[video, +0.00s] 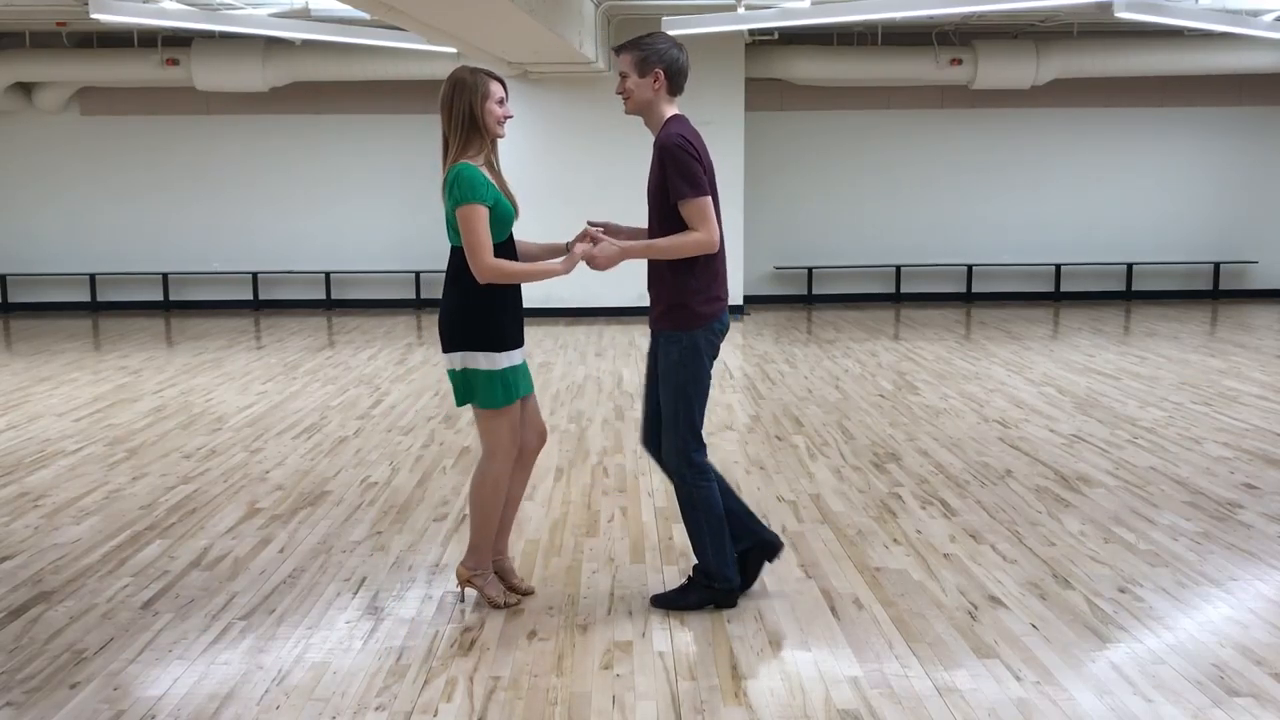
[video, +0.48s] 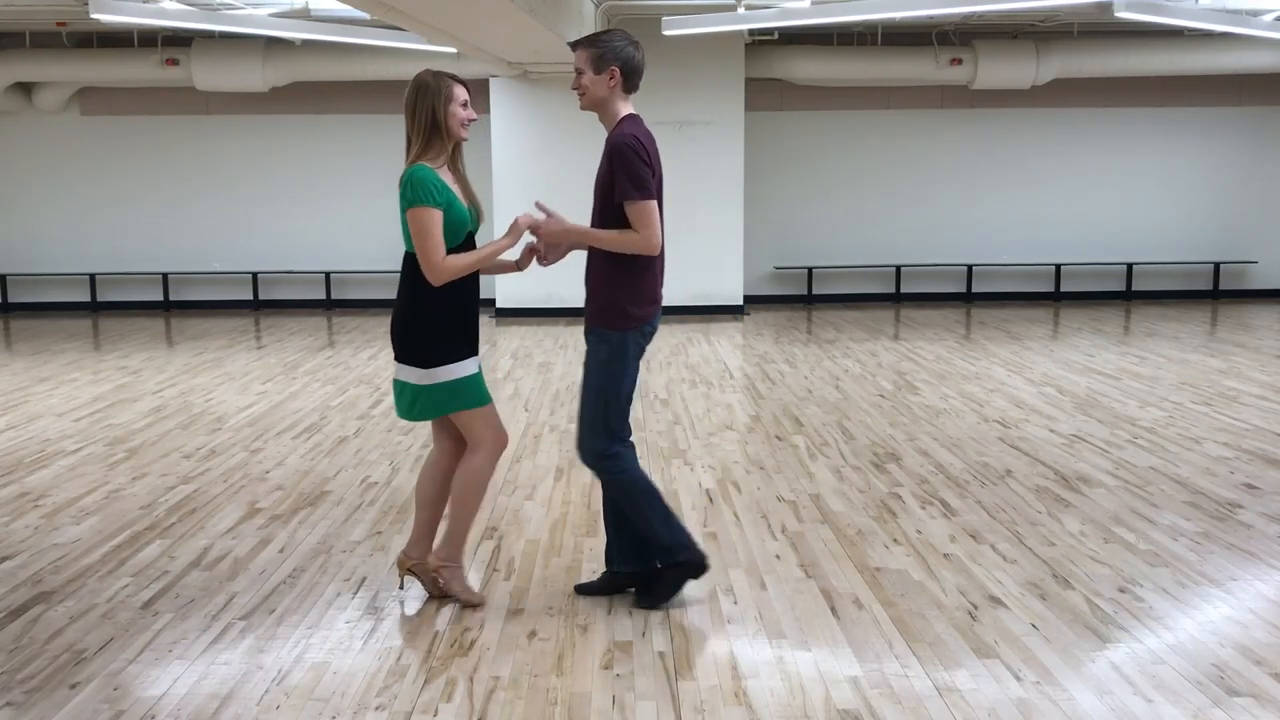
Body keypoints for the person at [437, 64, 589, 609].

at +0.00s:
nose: (507, 111)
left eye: (505, 102)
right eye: (497, 102)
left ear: (489, 109)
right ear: (471, 109)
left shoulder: (484, 172)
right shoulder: (467, 175)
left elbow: (510, 249)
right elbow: (482, 268)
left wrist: (567, 248)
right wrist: (559, 268)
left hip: (499, 327)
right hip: (476, 330)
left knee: (531, 437)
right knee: (500, 447)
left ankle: (497, 553)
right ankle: (475, 563)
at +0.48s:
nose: (471, 113)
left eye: (470, 104)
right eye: (461, 105)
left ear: (454, 112)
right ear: (433, 113)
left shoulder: (447, 175)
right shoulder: (422, 179)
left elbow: (463, 260)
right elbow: (435, 270)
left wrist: (514, 264)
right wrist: (503, 241)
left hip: (443, 332)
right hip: (433, 337)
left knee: (449, 444)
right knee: (489, 439)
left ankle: (418, 552)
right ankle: (448, 559)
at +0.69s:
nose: (455, 113)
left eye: (454, 105)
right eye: (446, 105)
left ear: (437, 113)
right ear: (421, 112)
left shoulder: (430, 173)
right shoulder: (410, 178)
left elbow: (428, 260)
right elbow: (403, 267)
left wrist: (482, 271)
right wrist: (476, 274)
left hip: (441, 329)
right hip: (421, 336)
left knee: (457, 442)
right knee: (438, 453)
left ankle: (419, 554)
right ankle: (369, 561)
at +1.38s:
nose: (461, 111)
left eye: (459, 101)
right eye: (451, 102)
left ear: (436, 110)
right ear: (424, 110)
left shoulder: (434, 172)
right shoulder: (413, 177)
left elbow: (447, 257)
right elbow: (432, 266)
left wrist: (504, 245)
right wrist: (501, 249)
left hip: (417, 331)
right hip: (429, 335)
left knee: (408, 445)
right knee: (473, 440)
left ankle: (385, 556)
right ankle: (450, 562)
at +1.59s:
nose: (475, 111)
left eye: (473, 102)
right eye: (465, 103)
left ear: (458, 112)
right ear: (439, 110)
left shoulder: (450, 174)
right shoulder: (431, 178)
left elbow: (466, 253)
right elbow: (448, 266)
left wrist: (522, 234)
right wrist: (519, 241)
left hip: (458, 325)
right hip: (448, 328)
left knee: (465, 445)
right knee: (473, 443)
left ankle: (403, 550)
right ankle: (455, 565)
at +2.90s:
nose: (450, 113)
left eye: (447, 104)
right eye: (439, 105)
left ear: (428, 113)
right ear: (412, 114)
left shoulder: (426, 176)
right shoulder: (403, 180)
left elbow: (435, 263)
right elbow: (405, 273)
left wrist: (486, 271)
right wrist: (478, 275)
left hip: (430, 332)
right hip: (421, 338)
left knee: (437, 446)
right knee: (465, 445)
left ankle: (411, 560)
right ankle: (405, 550)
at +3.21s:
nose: (432, 113)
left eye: (430, 104)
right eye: (422, 105)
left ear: (409, 114)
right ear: (396, 113)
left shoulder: (410, 177)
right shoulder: (388, 180)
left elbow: (410, 263)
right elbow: (369, 267)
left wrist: (460, 265)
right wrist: (443, 277)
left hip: (414, 334)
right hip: (386, 336)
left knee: (446, 442)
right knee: (382, 452)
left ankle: (410, 554)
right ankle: (337, 567)